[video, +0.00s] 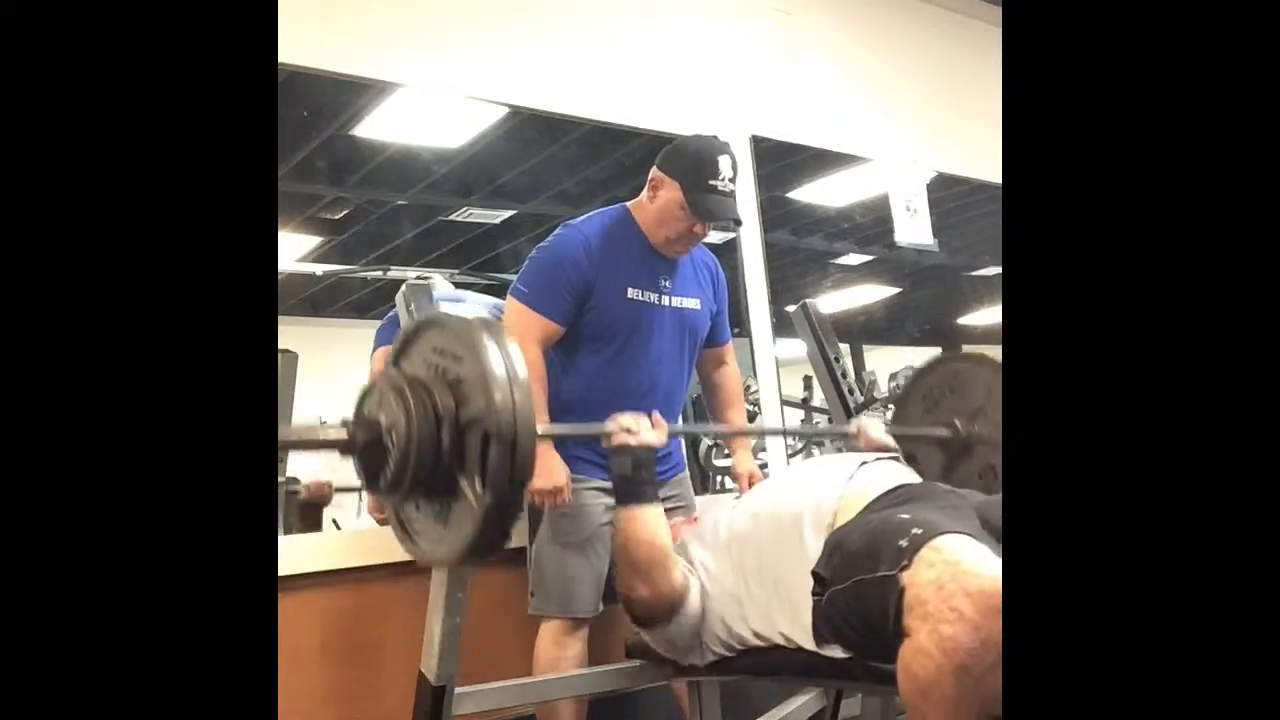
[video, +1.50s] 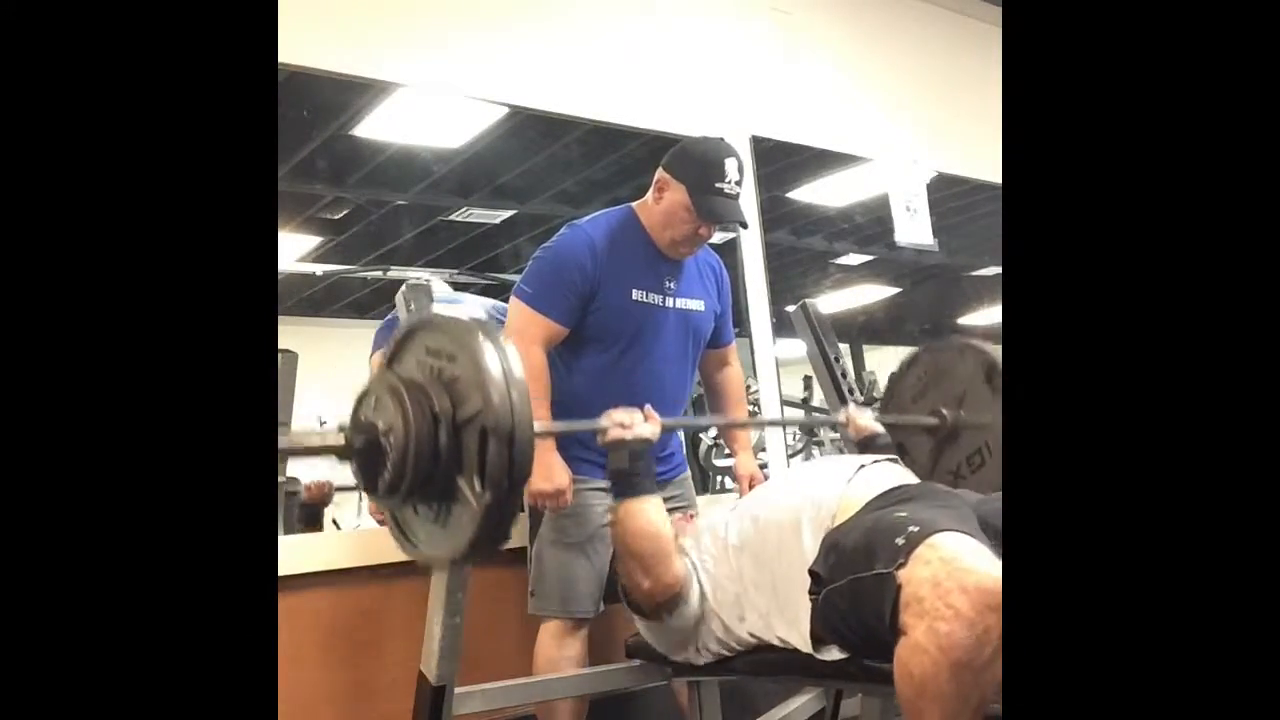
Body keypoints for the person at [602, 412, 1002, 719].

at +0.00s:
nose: (667, 509)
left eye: (666, 503)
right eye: (652, 518)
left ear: (681, 505)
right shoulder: (684, 605)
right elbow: (648, 588)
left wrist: (877, 449)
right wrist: (632, 465)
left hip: (942, 495)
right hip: (861, 529)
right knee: (974, 600)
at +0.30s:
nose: (677, 504)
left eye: (674, 500)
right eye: (661, 513)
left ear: (687, 502)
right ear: (645, 551)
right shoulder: (684, 595)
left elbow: (894, 480)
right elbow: (649, 544)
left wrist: (869, 422)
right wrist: (629, 427)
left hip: (944, 494)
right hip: (860, 528)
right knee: (974, 593)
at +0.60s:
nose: (687, 493)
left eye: (685, 488)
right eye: (672, 496)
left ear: (700, 497)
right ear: (661, 529)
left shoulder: (754, 507)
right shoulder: (687, 576)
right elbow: (674, 646)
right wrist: (646, 516)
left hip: (948, 495)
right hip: (869, 528)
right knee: (973, 607)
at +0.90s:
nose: (688, 503)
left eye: (688, 498)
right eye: (674, 506)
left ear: (703, 503)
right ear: (668, 537)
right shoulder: (690, 576)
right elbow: (671, 640)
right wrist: (647, 514)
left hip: (951, 494)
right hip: (873, 528)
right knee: (976, 611)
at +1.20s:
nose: (672, 509)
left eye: (670, 503)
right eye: (658, 516)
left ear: (683, 503)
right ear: (644, 557)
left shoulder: (767, 510)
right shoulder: (683, 600)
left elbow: (878, 483)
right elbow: (641, 550)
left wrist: (862, 431)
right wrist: (627, 434)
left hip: (940, 499)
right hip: (858, 533)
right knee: (975, 592)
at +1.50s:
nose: (675, 509)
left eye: (670, 504)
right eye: (657, 517)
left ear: (684, 507)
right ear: (639, 568)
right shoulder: (681, 606)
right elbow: (654, 580)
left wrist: (869, 441)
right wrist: (628, 455)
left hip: (940, 496)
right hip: (854, 530)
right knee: (971, 595)